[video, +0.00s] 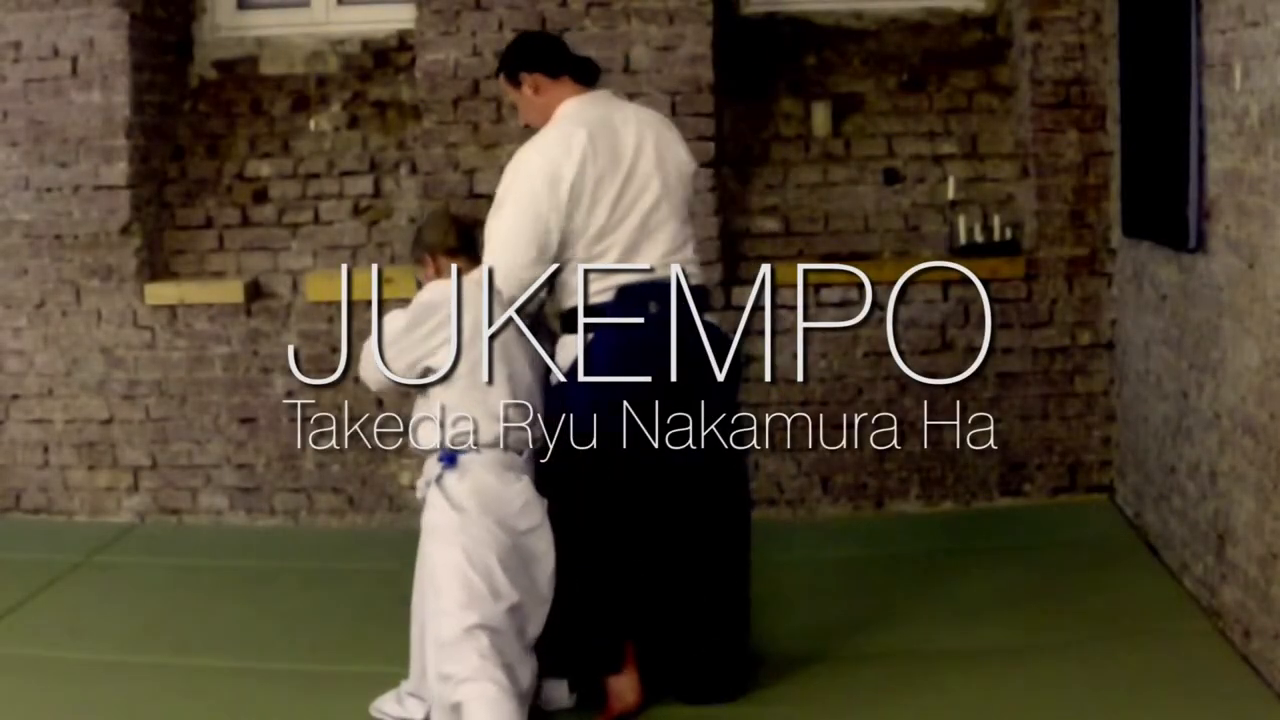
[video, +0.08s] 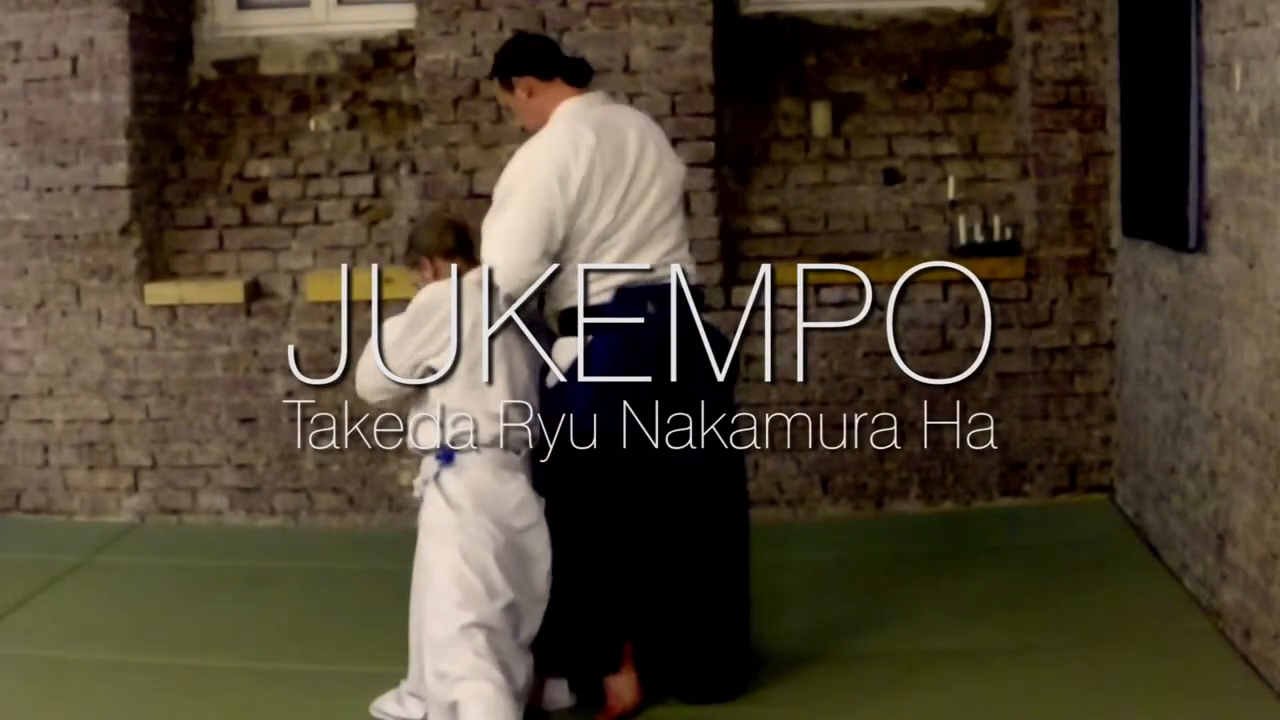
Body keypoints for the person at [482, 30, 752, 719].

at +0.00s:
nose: (519, 117)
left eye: (515, 102)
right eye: (514, 105)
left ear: (534, 84)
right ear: (576, 75)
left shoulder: (546, 153)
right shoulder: (661, 128)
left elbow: (509, 275)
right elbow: (681, 222)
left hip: (595, 343)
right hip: (680, 331)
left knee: (595, 509)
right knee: (682, 501)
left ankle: (617, 672)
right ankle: (699, 660)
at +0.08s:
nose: (512, 120)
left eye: (508, 105)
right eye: (506, 107)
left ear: (526, 87)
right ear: (569, 76)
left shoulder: (548, 152)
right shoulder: (648, 130)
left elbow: (508, 270)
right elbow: (664, 211)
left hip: (592, 348)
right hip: (672, 336)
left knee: (592, 513)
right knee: (673, 505)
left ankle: (614, 671)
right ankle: (693, 659)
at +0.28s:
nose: (485, 126)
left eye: (481, 112)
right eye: (480, 115)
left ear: (499, 98)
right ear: (540, 84)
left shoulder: (541, 151)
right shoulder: (613, 133)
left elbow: (494, 272)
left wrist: (446, 281)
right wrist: (478, 230)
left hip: (587, 355)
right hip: (653, 343)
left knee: (567, 520)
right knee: (624, 513)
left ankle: (543, 679)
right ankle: (622, 668)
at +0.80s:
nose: (480, 116)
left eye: (478, 103)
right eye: (478, 105)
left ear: (498, 89)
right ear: (546, 81)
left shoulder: (491, 151)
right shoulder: (622, 137)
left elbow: (424, 279)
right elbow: (633, 219)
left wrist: (423, 298)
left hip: (559, 349)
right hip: (647, 342)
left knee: (529, 509)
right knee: (630, 507)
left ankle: (532, 680)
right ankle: (629, 663)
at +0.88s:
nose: (500, 100)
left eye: (502, 87)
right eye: (502, 88)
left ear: (522, 82)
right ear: (570, 79)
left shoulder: (507, 147)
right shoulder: (640, 139)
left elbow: (454, 262)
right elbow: (673, 250)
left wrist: (442, 333)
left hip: (560, 336)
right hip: (649, 333)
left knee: (532, 503)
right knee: (630, 500)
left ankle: (529, 678)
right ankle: (627, 664)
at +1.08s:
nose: (541, 102)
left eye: (542, 90)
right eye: (539, 91)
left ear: (564, 80)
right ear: (610, 76)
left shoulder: (564, 138)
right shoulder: (688, 143)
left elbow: (551, 256)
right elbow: (714, 262)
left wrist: (525, 350)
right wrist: (688, 327)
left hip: (582, 341)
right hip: (667, 341)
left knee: (502, 472)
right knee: (646, 496)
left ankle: (522, 572)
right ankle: (627, 649)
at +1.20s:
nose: (553, 107)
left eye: (553, 92)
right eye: (548, 95)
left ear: (583, 75)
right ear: (618, 74)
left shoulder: (584, 132)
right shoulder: (695, 143)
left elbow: (572, 232)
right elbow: (717, 264)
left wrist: (563, 323)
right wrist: (691, 317)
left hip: (604, 315)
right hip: (678, 322)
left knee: (501, 435)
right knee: (652, 490)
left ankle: (523, 586)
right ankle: (664, 662)